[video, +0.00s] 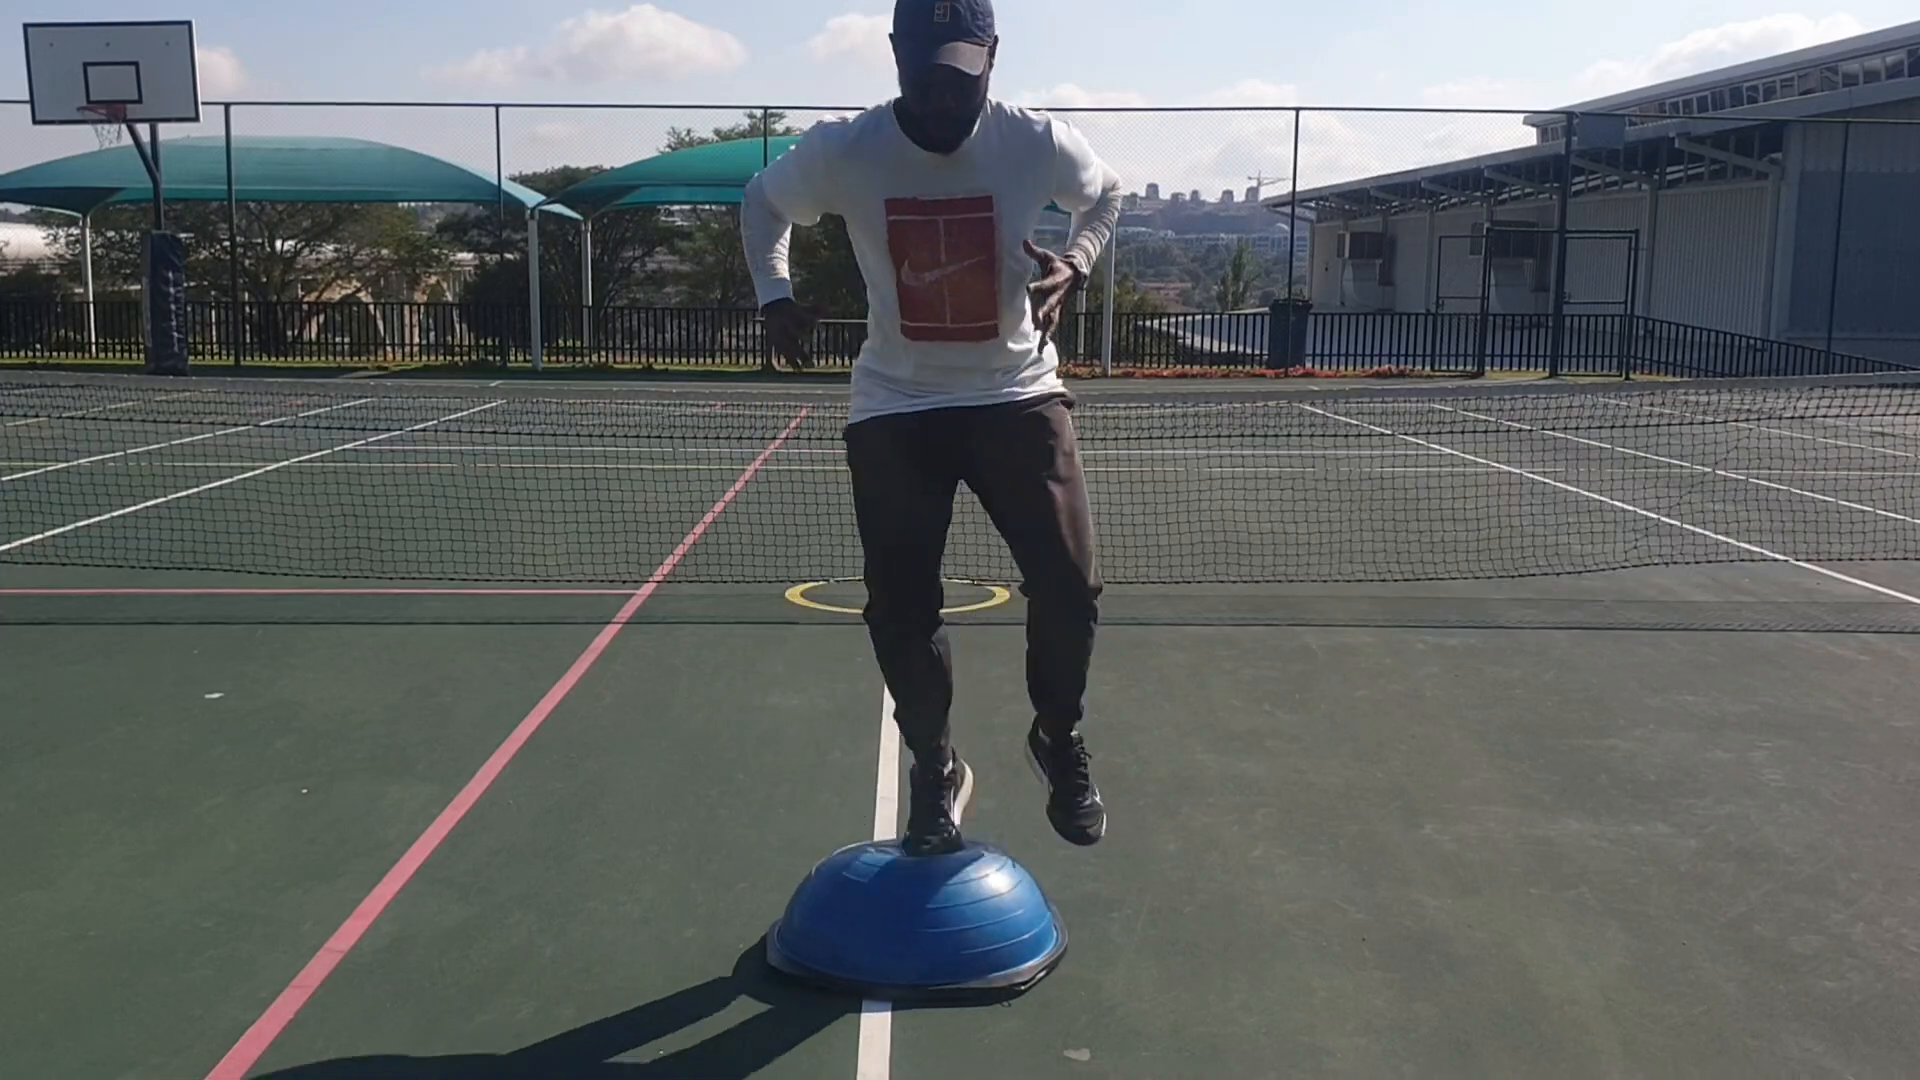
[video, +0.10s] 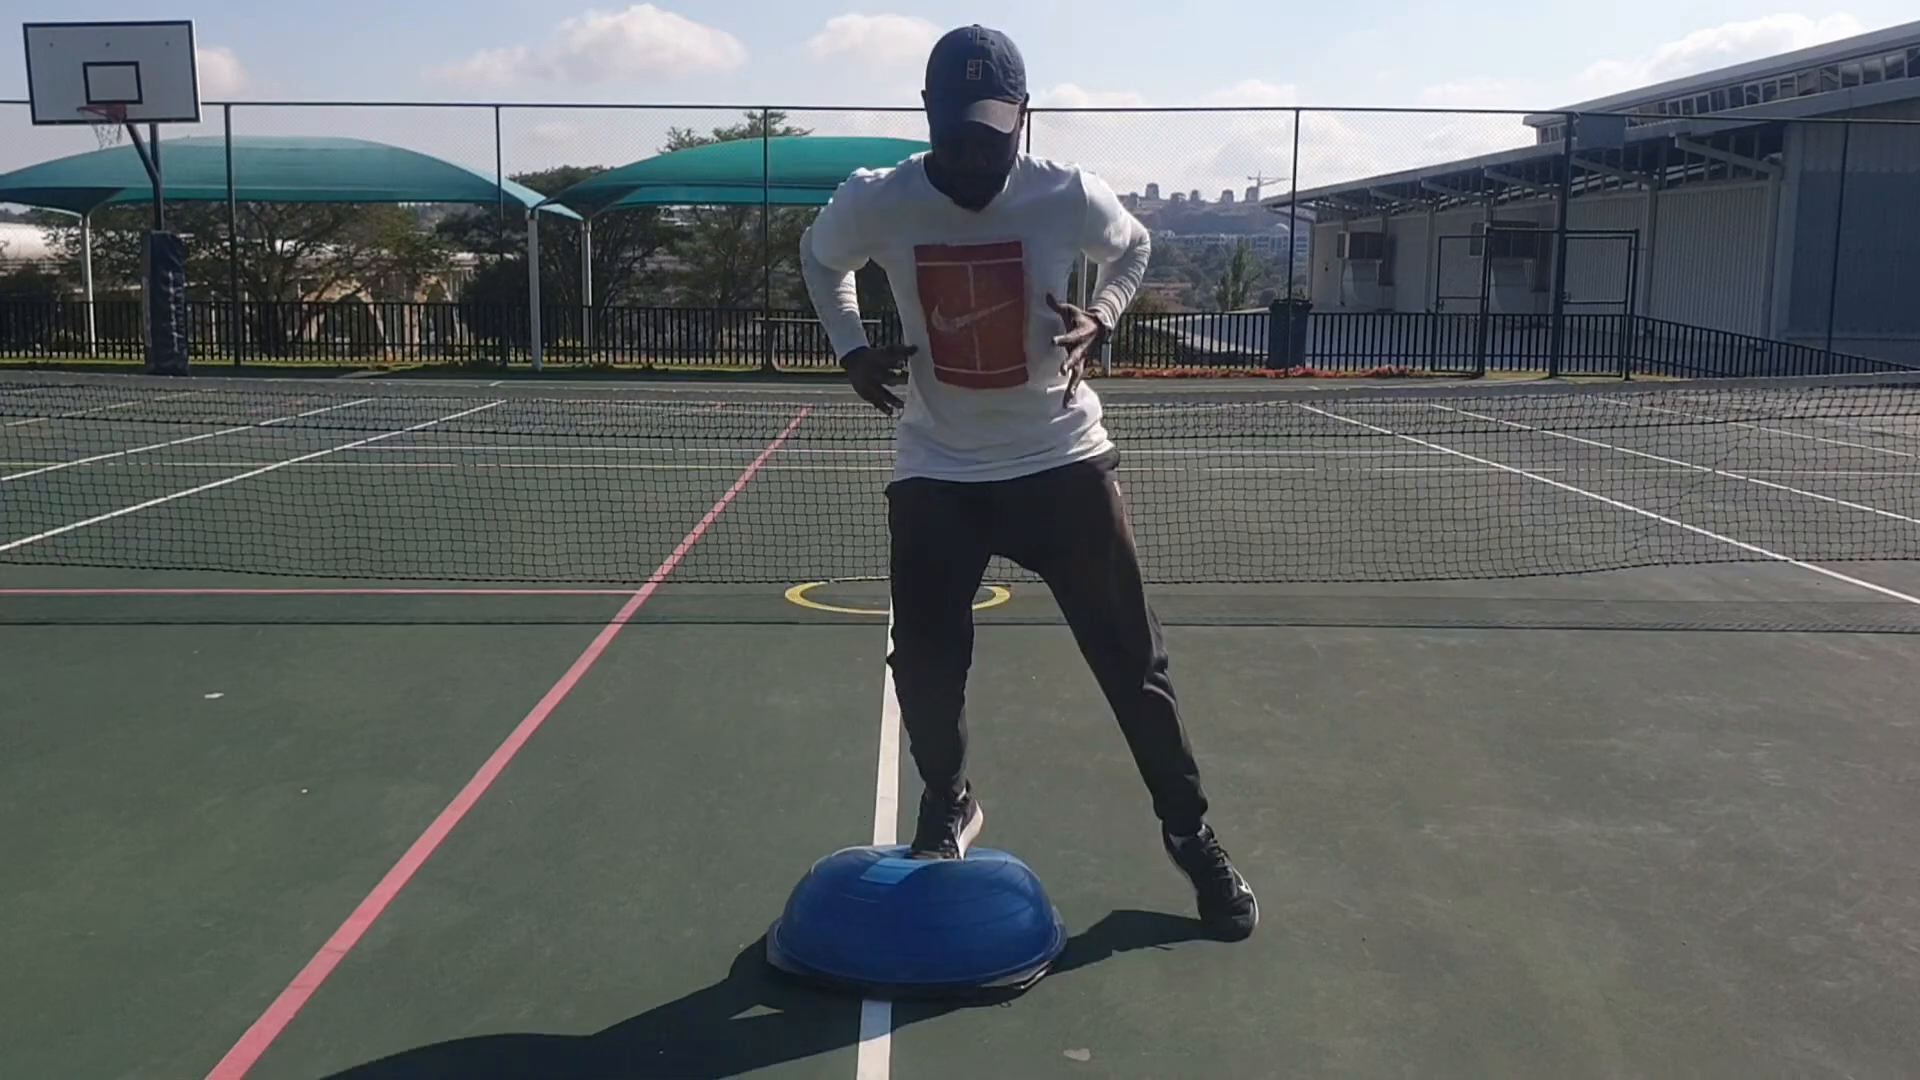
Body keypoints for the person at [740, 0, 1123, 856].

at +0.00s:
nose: (953, 97)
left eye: (968, 79)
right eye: (935, 79)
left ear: (992, 64)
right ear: (900, 60)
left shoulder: (1035, 143)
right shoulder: (841, 152)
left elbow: (1102, 198)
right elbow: (761, 204)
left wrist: (1077, 258)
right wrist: (775, 295)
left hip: (1018, 397)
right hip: (896, 405)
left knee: (1071, 587)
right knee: (900, 611)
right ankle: (933, 771)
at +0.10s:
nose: (988, 151)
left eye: (1003, 131)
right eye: (968, 130)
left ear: (1025, 120)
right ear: (931, 119)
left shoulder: (1071, 201)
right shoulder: (872, 204)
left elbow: (1133, 248)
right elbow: (820, 262)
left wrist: (1102, 315)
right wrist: (852, 348)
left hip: (1061, 465)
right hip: (937, 471)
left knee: (1132, 666)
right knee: (923, 664)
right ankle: (946, 800)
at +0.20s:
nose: (1006, 243)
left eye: (1023, 223)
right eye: (990, 223)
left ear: (1047, 212)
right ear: (959, 212)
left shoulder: (1100, 288)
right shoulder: (910, 302)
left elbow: (1171, 371)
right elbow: (894, 376)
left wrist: (1124, 437)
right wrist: (920, 452)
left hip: (1091, 525)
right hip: (969, 521)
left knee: (1167, 704)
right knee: (915, 669)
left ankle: (1209, 859)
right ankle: (944, 790)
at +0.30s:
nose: (994, 232)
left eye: (1012, 212)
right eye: (978, 212)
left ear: (1040, 202)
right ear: (950, 201)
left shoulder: (1095, 286)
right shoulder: (901, 288)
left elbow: (1170, 376)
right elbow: (877, 359)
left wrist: (1113, 413)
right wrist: (890, 418)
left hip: (1078, 515)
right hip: (953, 512)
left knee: (1154, 685)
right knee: (916, 677)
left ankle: (1208, 857)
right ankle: (939, 807)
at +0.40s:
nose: (973, 150)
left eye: (989, 129)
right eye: (956, 128)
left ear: (1011, 121)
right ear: (917, 116)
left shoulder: (1057, 207)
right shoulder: (864, 200)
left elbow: (1141, 269)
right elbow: (829, 245)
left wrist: (1095, 310)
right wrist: (829, 309)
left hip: (1035, 467)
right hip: (915, 471)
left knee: (1107, 659)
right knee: (912, 670)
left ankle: (1155, 820)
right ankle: (942, 817)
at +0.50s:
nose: (944, 96)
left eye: (961, 80)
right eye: (928, 76)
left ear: (987, 69)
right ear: (897, 59)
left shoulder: (1030, 150)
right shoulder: (842, 143)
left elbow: (1106, 208)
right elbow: (803, 180)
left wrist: (1063, 262)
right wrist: (804, 281)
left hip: (995, 399)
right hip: (874, 408)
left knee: (1053, 591)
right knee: (870, 615)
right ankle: (911, 769)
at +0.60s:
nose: (913, 89)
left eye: (931, 72)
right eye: (898, 69)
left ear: (960, 59)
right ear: (870, 52)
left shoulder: (1005, 141)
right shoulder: (815, 133)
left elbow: (1070, 191)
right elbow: (760, 178)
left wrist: (1034, 257)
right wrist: (771, 282)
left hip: (961, 385)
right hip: (839, 381)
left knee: (987, 571)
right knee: (796, 574)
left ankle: (931, 744)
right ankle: (827, 725)